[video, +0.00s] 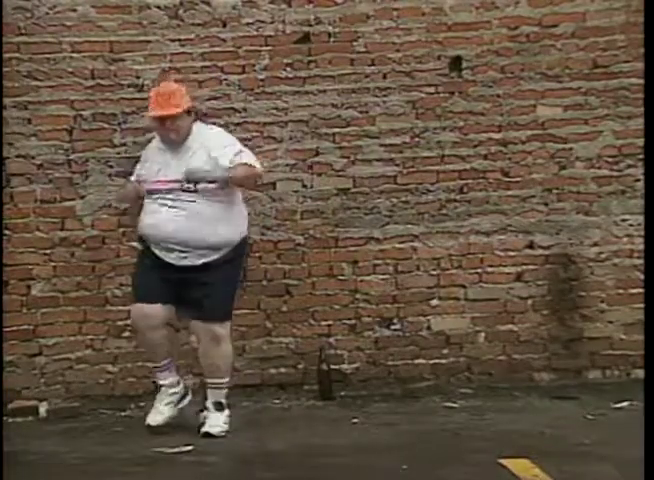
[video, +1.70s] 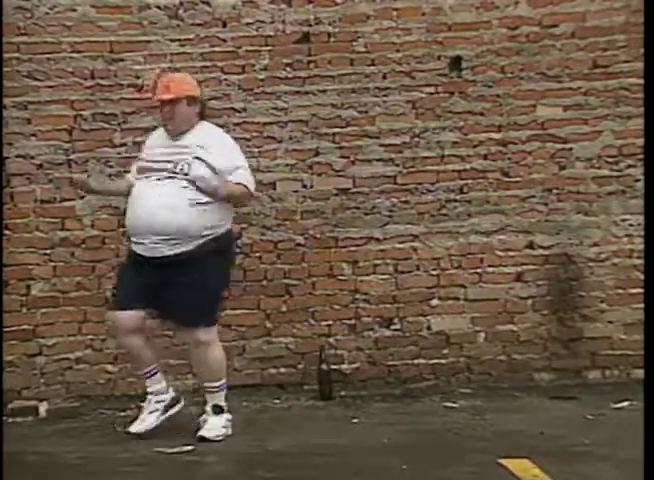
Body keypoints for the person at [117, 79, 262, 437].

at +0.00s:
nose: (167, 127)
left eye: (174, 118)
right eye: (160, 120)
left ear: (190, 113)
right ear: (152, 120)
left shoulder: (213, 139)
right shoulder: (153, 150)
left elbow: (254, 175)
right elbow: (139, 193)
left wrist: (218, 177)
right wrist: (132, 194)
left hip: (215, 255)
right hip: (160, 252)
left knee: (212, 330)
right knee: (145, 316)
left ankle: (217, 406)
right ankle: (171, 387)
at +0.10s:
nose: (163, 128)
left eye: (169, 121)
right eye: (155, 122)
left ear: (182, 111)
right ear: (145, 117)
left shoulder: (207, 136)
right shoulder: (140, 145)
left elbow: (226, 180)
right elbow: (124, 192)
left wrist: (187, 185)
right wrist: (87, 193)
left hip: (219, 245)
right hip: (166, 247)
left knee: (218, 324)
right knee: (165, 319)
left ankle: (219, 406)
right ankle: (170, 403)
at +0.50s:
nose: (170, 122)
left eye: (177, 114)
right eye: (164, 116)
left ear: (194, 104)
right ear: (156, 112)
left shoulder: (219, 138)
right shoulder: (154, 135)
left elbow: (235, 191)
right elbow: (136, 179)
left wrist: (218, 229)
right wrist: (127, 217)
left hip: (195, 243)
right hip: (149, 246)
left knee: (196, 317)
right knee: (159, 329)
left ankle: (237, 389)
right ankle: (180, 408)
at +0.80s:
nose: (164, 115)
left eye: (171, 108)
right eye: (161, 109)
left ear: (193, 109)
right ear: (162, 112)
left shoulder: (212, 138)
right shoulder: (175, 148)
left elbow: (240, 180)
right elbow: (174, 196)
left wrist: (202, 196)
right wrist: (139, 202)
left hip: (207, 250)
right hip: (163, 253)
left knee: (206, 335)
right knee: (132, 320)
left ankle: (233, 412)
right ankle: (167, 394)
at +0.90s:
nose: (151, 111)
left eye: (158, 105)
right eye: (148, 105)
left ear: (180, 107)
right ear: (148, 109)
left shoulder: (202, 137)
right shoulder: (156, 149)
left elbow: (216, 182)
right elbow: (150, 200)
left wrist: (168, 182)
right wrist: (107, 201)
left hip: (217, 246)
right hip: (172, 253)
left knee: (216, 330)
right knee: (149, 321)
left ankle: (234, 411)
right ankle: (170, 403)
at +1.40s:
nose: (150, 117)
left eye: (155, 109)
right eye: (146, 111)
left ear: (176, 100)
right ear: (145, 109)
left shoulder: (210, 129)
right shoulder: (148, 135)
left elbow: (229, 172)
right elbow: (144, 181)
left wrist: (214, 215)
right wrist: (133, 222)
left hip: (191, 242)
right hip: (141, 243)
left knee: (199, 329)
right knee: (148, 328)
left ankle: (217, 407)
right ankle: (173, 408)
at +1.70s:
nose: (164, 111)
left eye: (171, 104)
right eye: (160, 105)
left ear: (193, 105)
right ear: (156, 107)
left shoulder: (216, 140)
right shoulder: (154, 141)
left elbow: (246, 192)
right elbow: (135, 184)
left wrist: (218, 188)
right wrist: (100, 185)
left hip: (200, 252)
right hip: (146, 251)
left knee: (200, 334)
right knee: (124, 322)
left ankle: (217, 411)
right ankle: (161, 395)